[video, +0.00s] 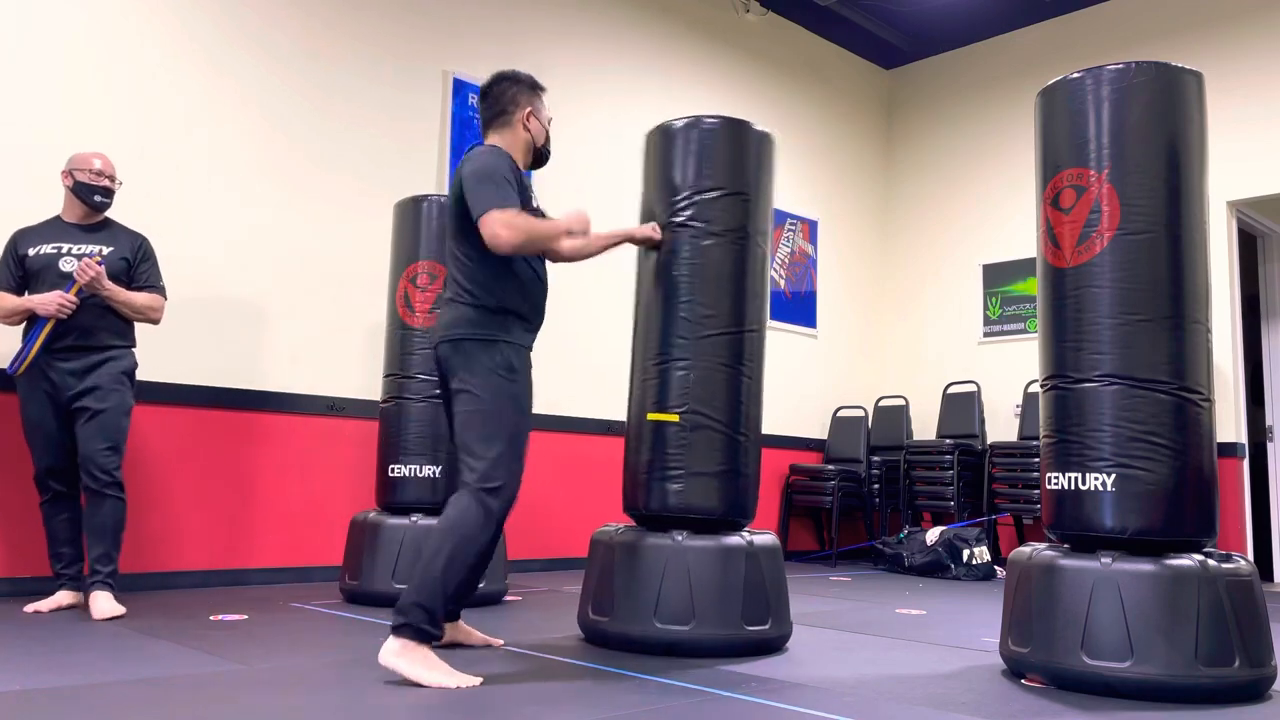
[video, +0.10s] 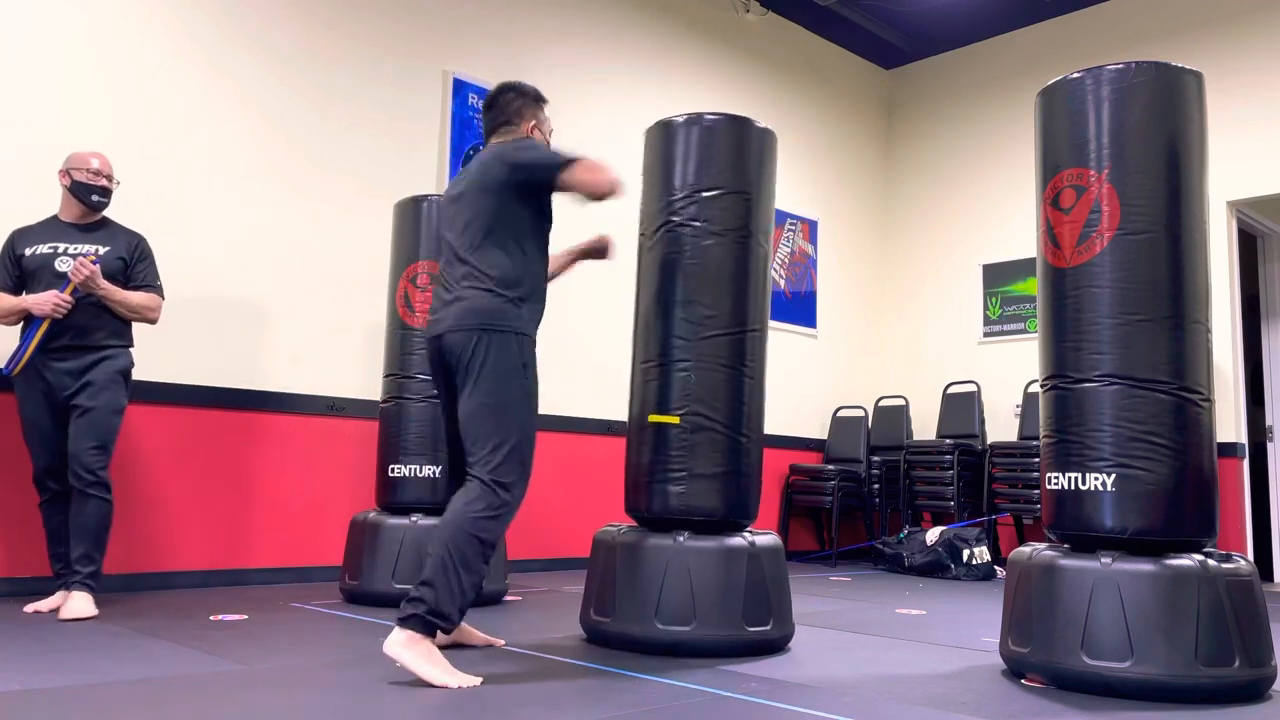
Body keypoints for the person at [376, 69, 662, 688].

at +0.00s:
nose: (549, 129)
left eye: (547, 119)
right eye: (546, 118)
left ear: (507, 117)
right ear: (527, 114)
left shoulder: (514, 182)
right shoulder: (488, 161)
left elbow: (563, 249)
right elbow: (501, 233)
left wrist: (630, 234)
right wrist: (563, 227)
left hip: (495, 345)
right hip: (481, 344)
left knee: (490, 484)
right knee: (487, 485)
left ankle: (444, 617)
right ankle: (409, 636)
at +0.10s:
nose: (550, 134)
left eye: (549, 126)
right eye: (547, 125)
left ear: (491, 125)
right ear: (532, 123)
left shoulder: (468, 180)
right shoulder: (514, 155)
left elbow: (515, 282)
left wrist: (579, 252)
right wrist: (574, 174)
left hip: (450, 329)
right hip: (493, 328)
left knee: (480, 477)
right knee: (498, 480)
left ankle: (447, 615)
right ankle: (416, 630)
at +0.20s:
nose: (547, 140)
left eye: (544, 132)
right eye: (545, 131)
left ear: (487, 133)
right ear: (530, 127)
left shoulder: (443, 188)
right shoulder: (537, 157)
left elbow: (443, 264)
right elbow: (639, 188)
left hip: (435, 323)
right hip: (487, 317)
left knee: (457, 474)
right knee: (464, 476)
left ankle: (445, 621)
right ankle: (409, 634)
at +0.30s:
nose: (539, 134)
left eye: (537, 126)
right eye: (537, 125)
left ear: (480, 125)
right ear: (521, 122)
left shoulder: (439, 182)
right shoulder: (528, 154)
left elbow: (435, 261)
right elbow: (621, 200)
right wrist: (658, 216)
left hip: (429, 321)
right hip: (479, 317)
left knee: (448, 471)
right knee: (453, 473)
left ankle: (444, 622)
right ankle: (404, 634)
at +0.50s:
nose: (505, 114)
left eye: (501, 104)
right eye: (502, 105)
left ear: (444, 111)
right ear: (489, 106)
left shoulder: (410, 173)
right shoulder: (491, 160)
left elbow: (392, 272)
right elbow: (514, 249)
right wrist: (537, 243)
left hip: (408, 319)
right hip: (458, 314)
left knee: (434, 472)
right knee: (442, 470)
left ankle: (441, 623)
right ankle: (322, 611)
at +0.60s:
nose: (490, 114)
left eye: (488, 103)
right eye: (487, 103)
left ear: (427, 108)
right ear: (472, 104)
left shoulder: (396, 171)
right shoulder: (469, 158)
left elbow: (377, 275)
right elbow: (464, 249)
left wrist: (449, 267)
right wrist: (506, 256)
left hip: (394, 325)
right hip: (435, 328)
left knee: (424, 487)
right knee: (393, 487)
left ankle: (441, 624)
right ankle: (288, 641)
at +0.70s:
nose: (478, 108)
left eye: (476, 97)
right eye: (475, 97)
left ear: (417, 101)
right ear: (458, 99)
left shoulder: (401, 151)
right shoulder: (441, 149)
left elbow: (394, 245)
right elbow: (447, 243)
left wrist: (474, 239)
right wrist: (494, 250)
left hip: (384, 324)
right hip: (408, 331)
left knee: (413, 490)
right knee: (351, 494)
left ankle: (436, 623)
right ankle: (269, 662)